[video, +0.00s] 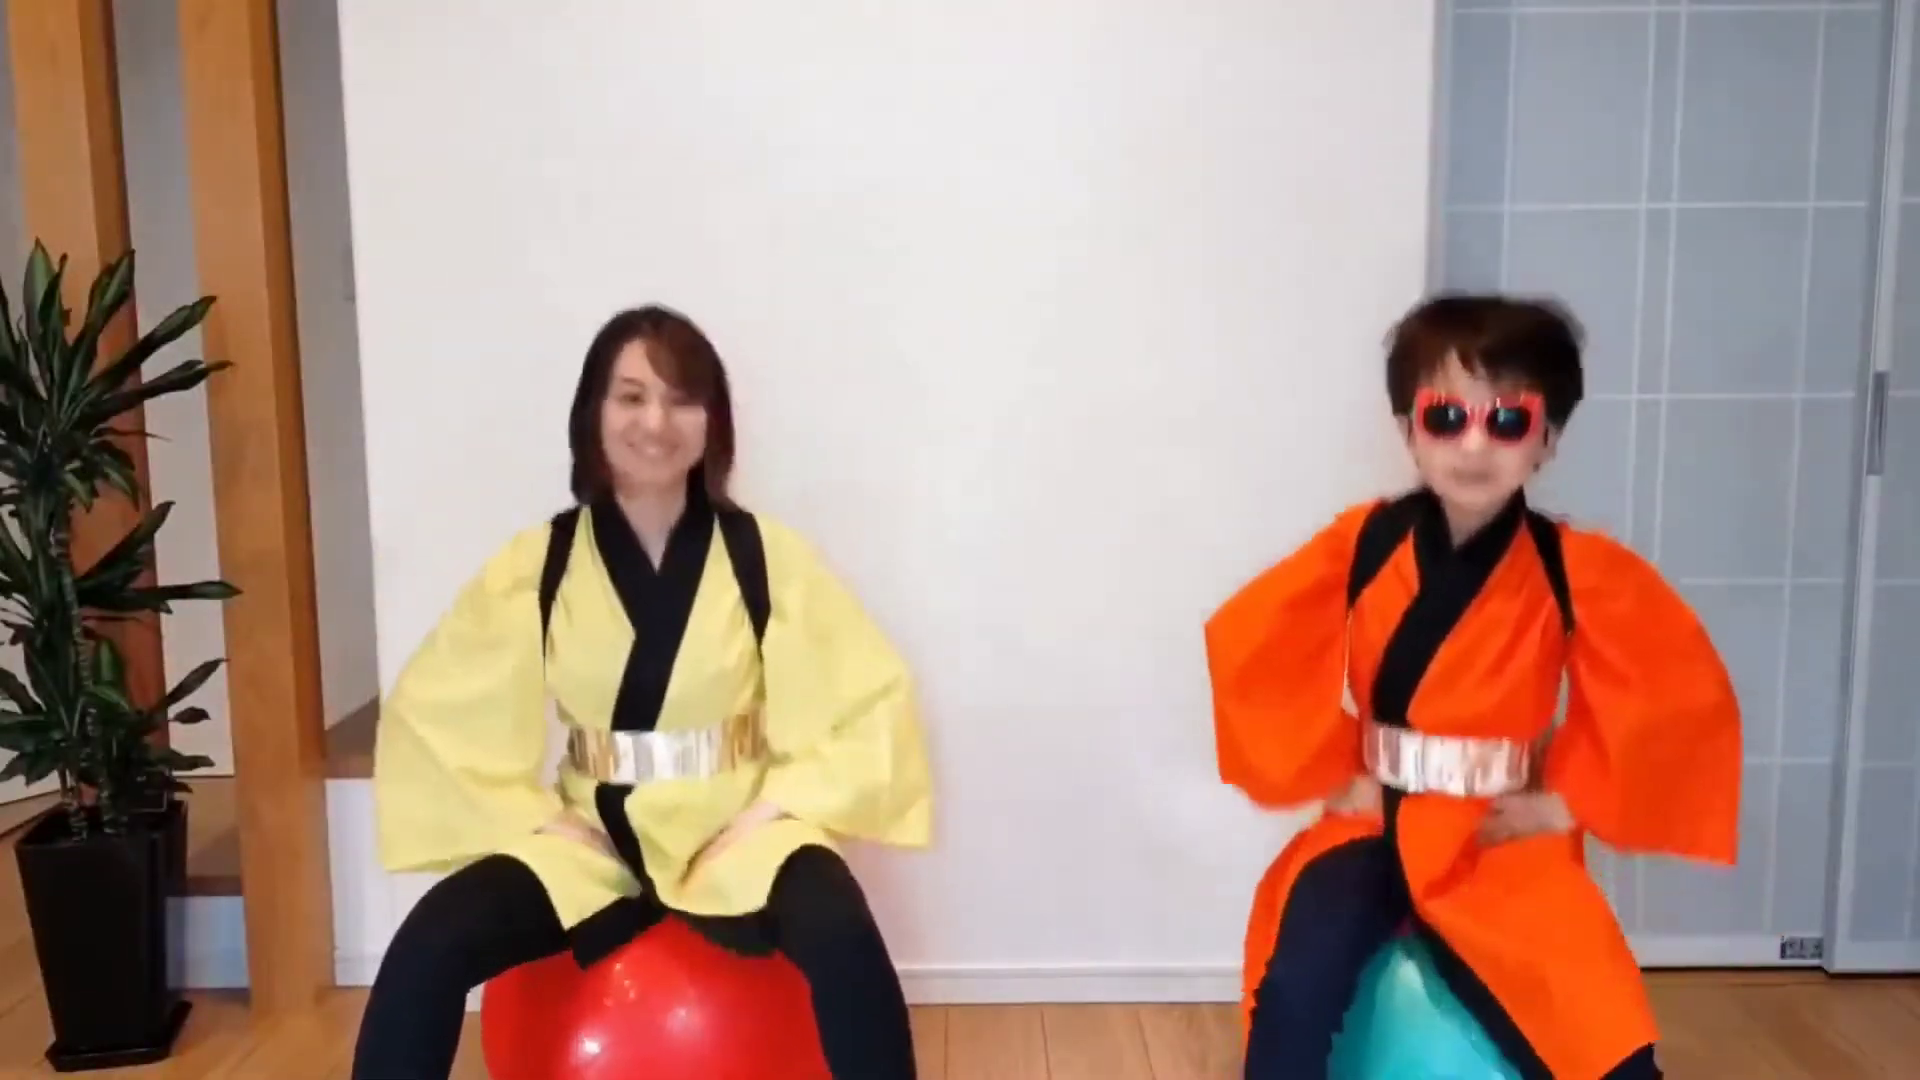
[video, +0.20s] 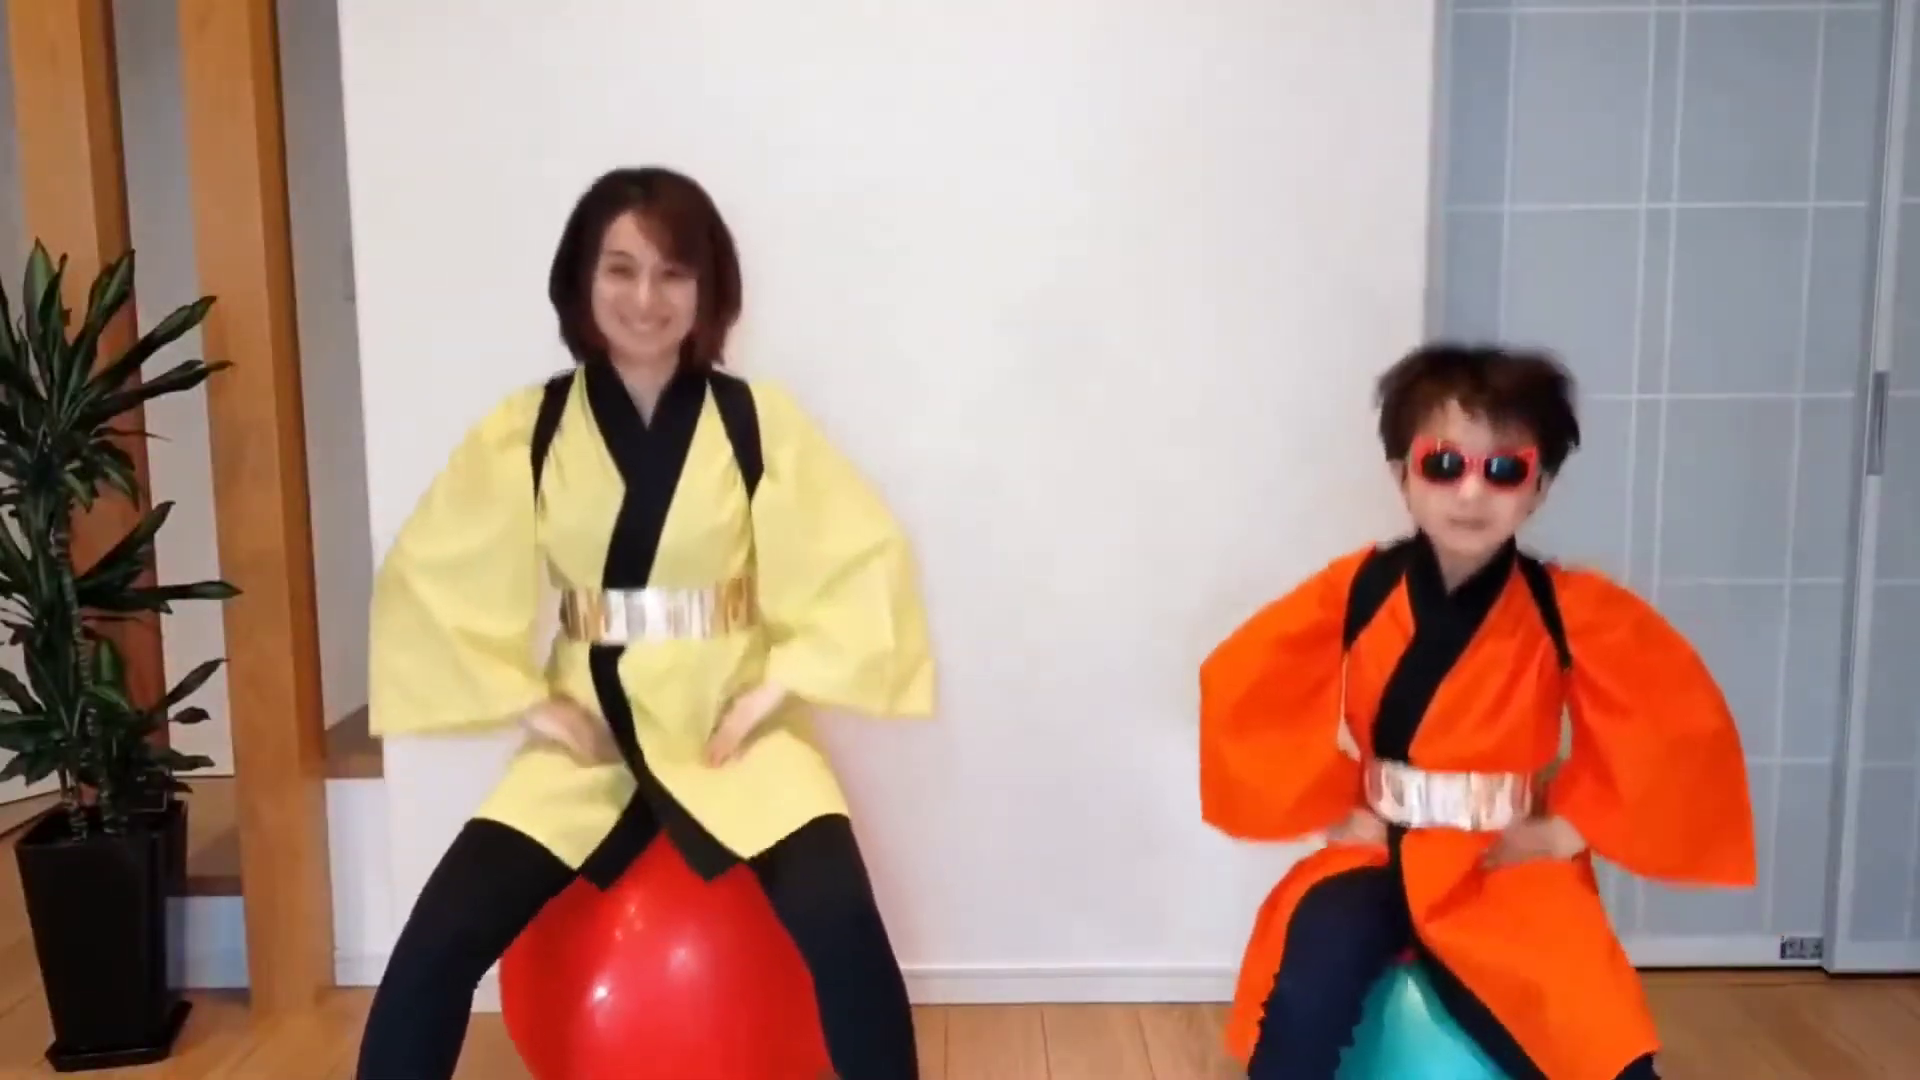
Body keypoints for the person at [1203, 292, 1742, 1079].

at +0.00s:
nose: (1473, 441)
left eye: (1508, 418)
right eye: (1444, 415)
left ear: (1547, 443)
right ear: (1406, 431)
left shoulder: (1574, 567)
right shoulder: (1363, 543)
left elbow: (1685, 700)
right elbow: (1247, 646)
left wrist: (1566, 802)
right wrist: (1334, 772)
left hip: (1505, 840)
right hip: (1369, 827)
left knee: (1606, 1029)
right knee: (1296, 982)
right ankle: (1280, 1069)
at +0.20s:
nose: (1471, 491)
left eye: (1504, 467)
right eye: (1443, 463)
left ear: (1539, 488)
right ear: (1402, 476)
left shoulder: (1568, 606)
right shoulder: (1361, 587)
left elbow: (1680, 726)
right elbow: (1237, 684)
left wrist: (1567, 830)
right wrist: (1332, 804)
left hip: (1508, 862)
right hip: (1375, 851)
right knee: (1319, 944)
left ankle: (1620, 1068)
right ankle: (1284, 1068)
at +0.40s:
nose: (1480, 535)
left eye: (1509, 513)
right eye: (1447, 510)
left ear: (1537, 537)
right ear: (1400, 534)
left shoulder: (1566, 664)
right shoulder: (1360, 646)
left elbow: (1691, 788)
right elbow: (1239, 741)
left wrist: (1568, 878)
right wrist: (1336, 848)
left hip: (1511, 912)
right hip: (1377, 898)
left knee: (1612, 1052)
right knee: (1302, 996)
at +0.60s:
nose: (1476, 426)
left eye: (1509, 402)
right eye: (1445, 400)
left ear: (1542, 415)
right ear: (1402, 416)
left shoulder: (1573, 540)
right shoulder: (1363, 527)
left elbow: (1691, 663)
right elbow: (1238, 629)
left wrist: (1583, 776)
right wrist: (1338, 747)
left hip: (1515, 821)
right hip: (1381, 810)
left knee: (1613, 1026)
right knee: (1300, 969)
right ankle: (1281, 1067)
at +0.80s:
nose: (1469, 556)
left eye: (1500, 534)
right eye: (1439, 532)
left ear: (1531, 548)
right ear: (1395, 545)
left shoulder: (1563, 669)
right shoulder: (1358, 653)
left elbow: (1677, 785)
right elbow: (1236, 747)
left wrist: (1573, 879)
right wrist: (1337, 846)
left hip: (1508, 917)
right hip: (1374, 904)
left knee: (1605, 1039)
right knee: (1320, 968)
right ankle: (1275, 1068)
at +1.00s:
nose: (1464, 473)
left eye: (1497, 450)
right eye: (1434, 446)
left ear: (1529, 474)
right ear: (1392, 470)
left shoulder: (1564, 601)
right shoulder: (1354, 585)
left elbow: (1687, 728)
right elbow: (1234, 687)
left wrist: (1572, 835)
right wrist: (1336, 813)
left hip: (1514, 871)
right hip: (1375, 859)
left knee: (1599, 1046)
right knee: (1301, 1006)